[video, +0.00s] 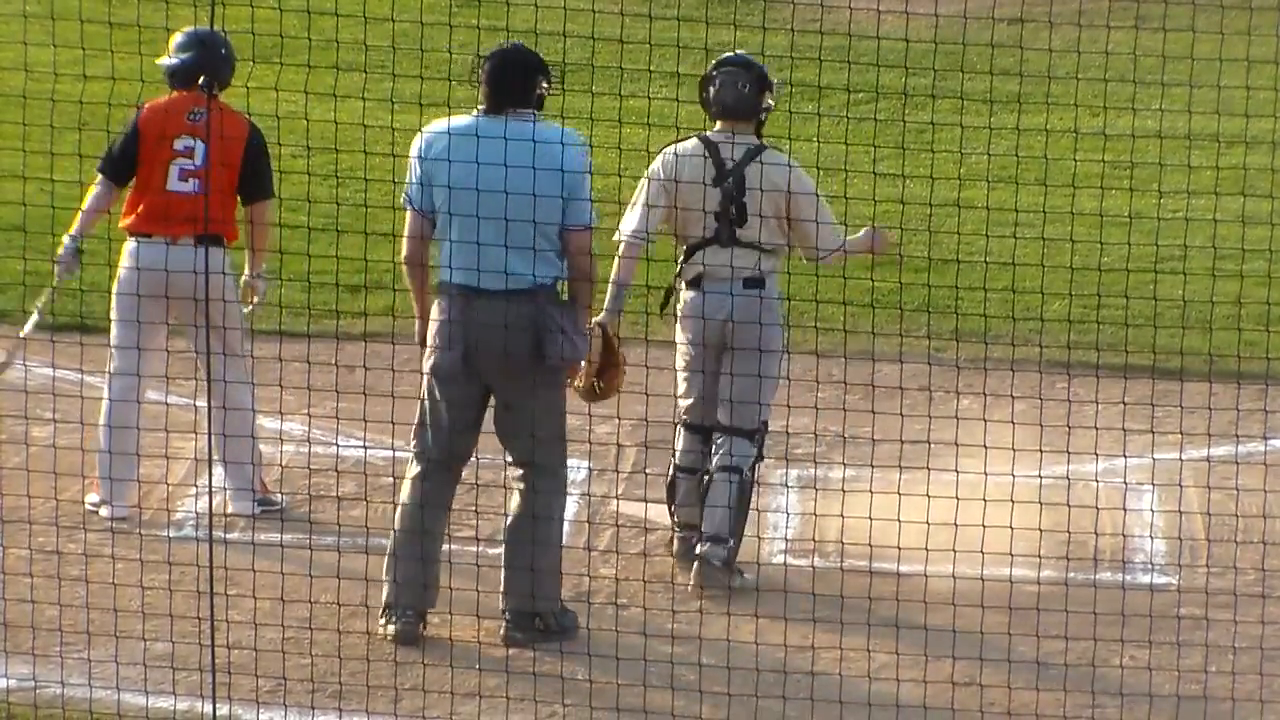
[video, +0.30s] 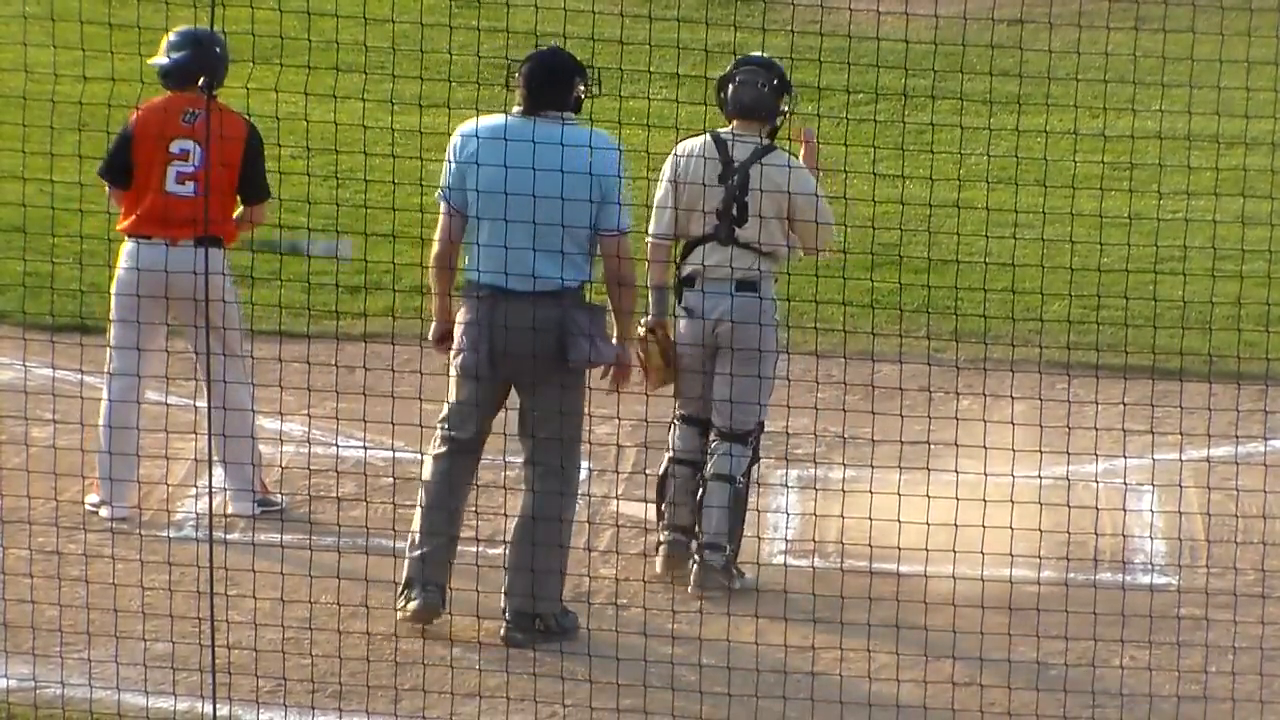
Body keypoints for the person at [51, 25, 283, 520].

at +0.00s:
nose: (167, 76)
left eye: (171, 70)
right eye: (169, 71)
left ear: (180, 72)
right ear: (222, 76)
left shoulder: (149, 117)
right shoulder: (244, 130)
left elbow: (107, 185)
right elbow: (260, 211)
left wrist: (72, 237)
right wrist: (257, 270)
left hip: (142, 262)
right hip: (207, 264)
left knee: (125, 375)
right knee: (230, 375)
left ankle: (114, 495)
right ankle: (247, 491)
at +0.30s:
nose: (162, 76)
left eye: (166, 70)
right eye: (166, 71)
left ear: (172, 71)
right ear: (216, 75)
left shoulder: (144, 117)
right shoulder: (240, 128)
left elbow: (115, 190)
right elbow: (257, 211)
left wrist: (150, 210)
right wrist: (227, 226)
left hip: (140, 259)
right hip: (205, 264)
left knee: (125, 373)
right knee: (228, 373)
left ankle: (114, 495)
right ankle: (248, 492)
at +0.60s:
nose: (155, 77)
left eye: (160, 71)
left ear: (165, 72)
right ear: (210, 74)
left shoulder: (138, 116)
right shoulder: (234, 127)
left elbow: (117, 178)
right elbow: (256, 202)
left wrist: (169, 166)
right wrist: (229, 167)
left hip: (139, 261)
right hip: (204, 265)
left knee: (124, 376)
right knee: (227, 375)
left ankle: (113, 496)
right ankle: (247, 492)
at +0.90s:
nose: (152, 76)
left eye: (156, 70)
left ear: (161, 71)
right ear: (208, 72)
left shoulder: (135, 117)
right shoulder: (233, 125)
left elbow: (119, 177)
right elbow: (257, 191)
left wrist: (175, 156)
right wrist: (218, 156)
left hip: (139, 261)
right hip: (205, 265)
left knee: (125, 376)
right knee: (228, 375)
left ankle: (113, 496)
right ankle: (248, 493)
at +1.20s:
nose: (151, 77)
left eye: (155, 71)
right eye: (154, 71)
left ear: (161, 71)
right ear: (205, 72)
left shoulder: (136, 116)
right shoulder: (232, 125)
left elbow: (118, 175)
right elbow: (259, 192)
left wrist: (173, 157)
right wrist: (224, 147)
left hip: (140, 261)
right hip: (205, 265)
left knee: (125, 376)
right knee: (228, 376)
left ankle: (113, 497)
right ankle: (248, 493)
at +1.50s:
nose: (150, 78)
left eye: (154, 72)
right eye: (152, 72)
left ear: (160, 72)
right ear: (205, 72)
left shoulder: (135, 117)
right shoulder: (232, 125)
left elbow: (118, 173)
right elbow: (259, 192)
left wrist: (176, 148)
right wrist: (224, 144)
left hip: (139, 261)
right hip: (205, 265)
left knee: (125, 375)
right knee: (228, 374)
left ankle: (113, 495)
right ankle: (248, 492)